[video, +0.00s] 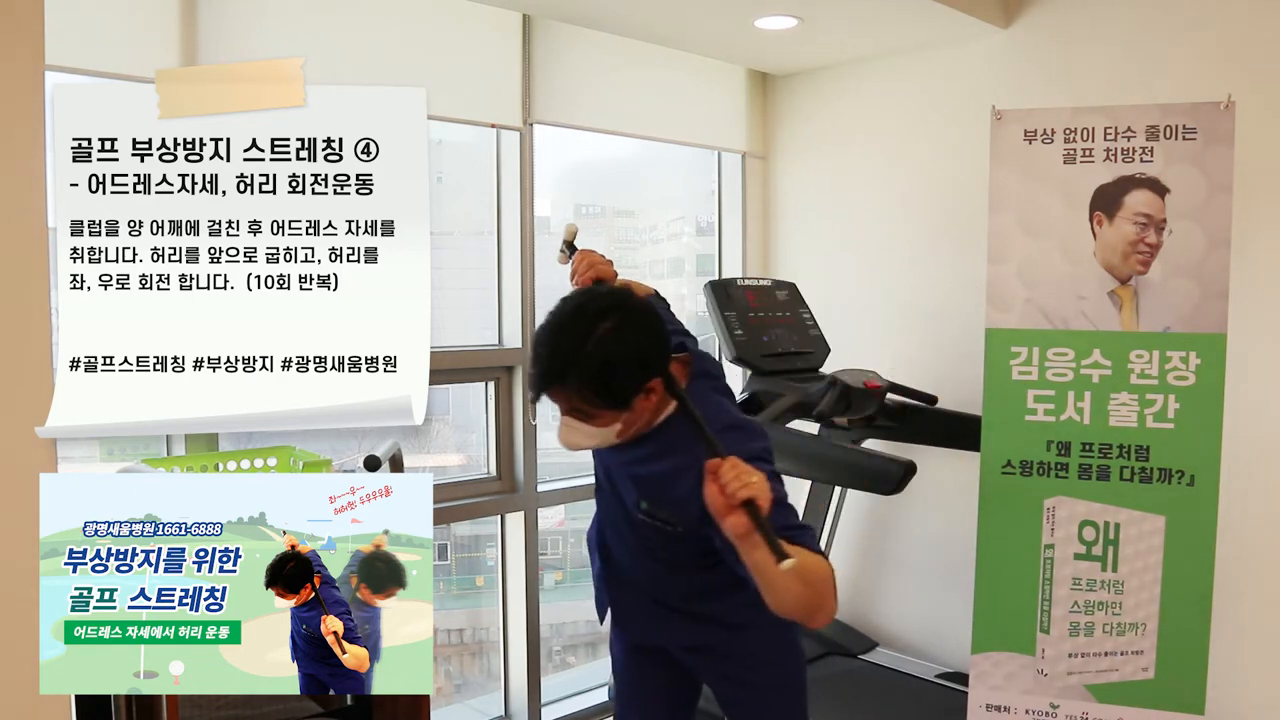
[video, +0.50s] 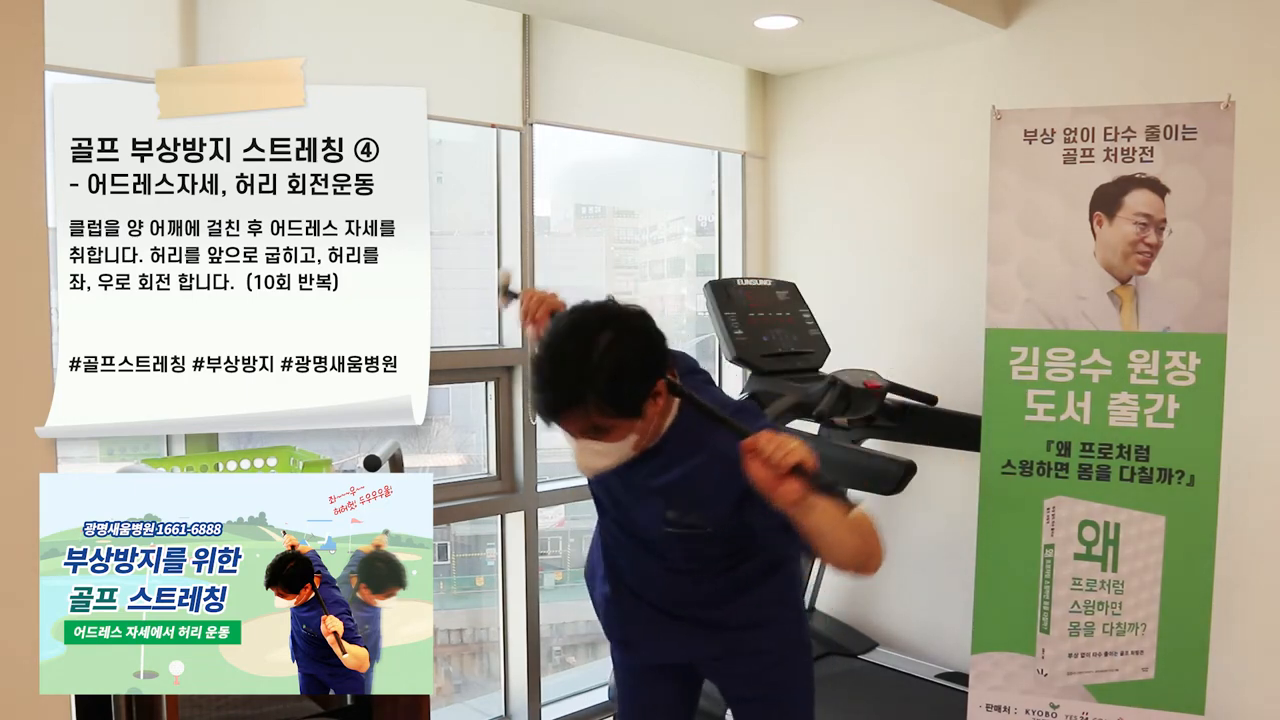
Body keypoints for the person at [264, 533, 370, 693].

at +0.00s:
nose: (278, 599)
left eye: (283, 596)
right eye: (276, 593)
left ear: (306, 590)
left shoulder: (334, 608)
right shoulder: (312, 570)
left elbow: (363, 665)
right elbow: (308, 552)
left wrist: (336, 643)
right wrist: (297, 547)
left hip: (344, 672)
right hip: (310, 667)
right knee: (312, 715)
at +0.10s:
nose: (278, 599)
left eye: (283, 596)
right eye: (276, 593)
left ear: (306, 590)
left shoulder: (334, 608)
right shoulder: (312, 570)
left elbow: (363, 665)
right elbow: (308, 552)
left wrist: (336, 643)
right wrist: (297, 547)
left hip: (344, 672)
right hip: (310, 667)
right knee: (312, 715)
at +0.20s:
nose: (278, 599)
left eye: (283, 596)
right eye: (276, 593)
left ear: (306, 590)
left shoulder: (334, 608)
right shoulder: (312, 570)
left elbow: (363, 665)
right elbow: (308, 552)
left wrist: (336, 643)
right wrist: (297, 547)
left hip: (344, 672)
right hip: (310, 667)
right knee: (312, 715)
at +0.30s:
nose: (278, 599)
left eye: (283, 596)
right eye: (276, 593)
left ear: (306, 590)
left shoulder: (334, 608)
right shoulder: (312, 570)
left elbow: (363, 665)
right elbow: (308, 552)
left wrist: (336, 643)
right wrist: (297, 547)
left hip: (344, 672)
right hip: (310, 667)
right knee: (312, 715)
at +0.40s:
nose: (278, 599)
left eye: (283, 595)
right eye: (276, 594)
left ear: (306, 590)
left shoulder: (334, 608)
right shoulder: (312, 570)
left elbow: (363, 665)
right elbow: (308, 552)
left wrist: (335, 642)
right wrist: (297, 547)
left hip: (344, 672)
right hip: (310, 667)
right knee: (312, 714)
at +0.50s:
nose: (278, 599)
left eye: (283, 595)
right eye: (276, 594)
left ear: (306, 590)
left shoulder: (334, 608)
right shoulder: (312, 570)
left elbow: (363, 665)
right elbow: (308, 552)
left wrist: (335, 642)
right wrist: (297, 547)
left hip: (344, 672)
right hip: (310, 667)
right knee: (312, 714)